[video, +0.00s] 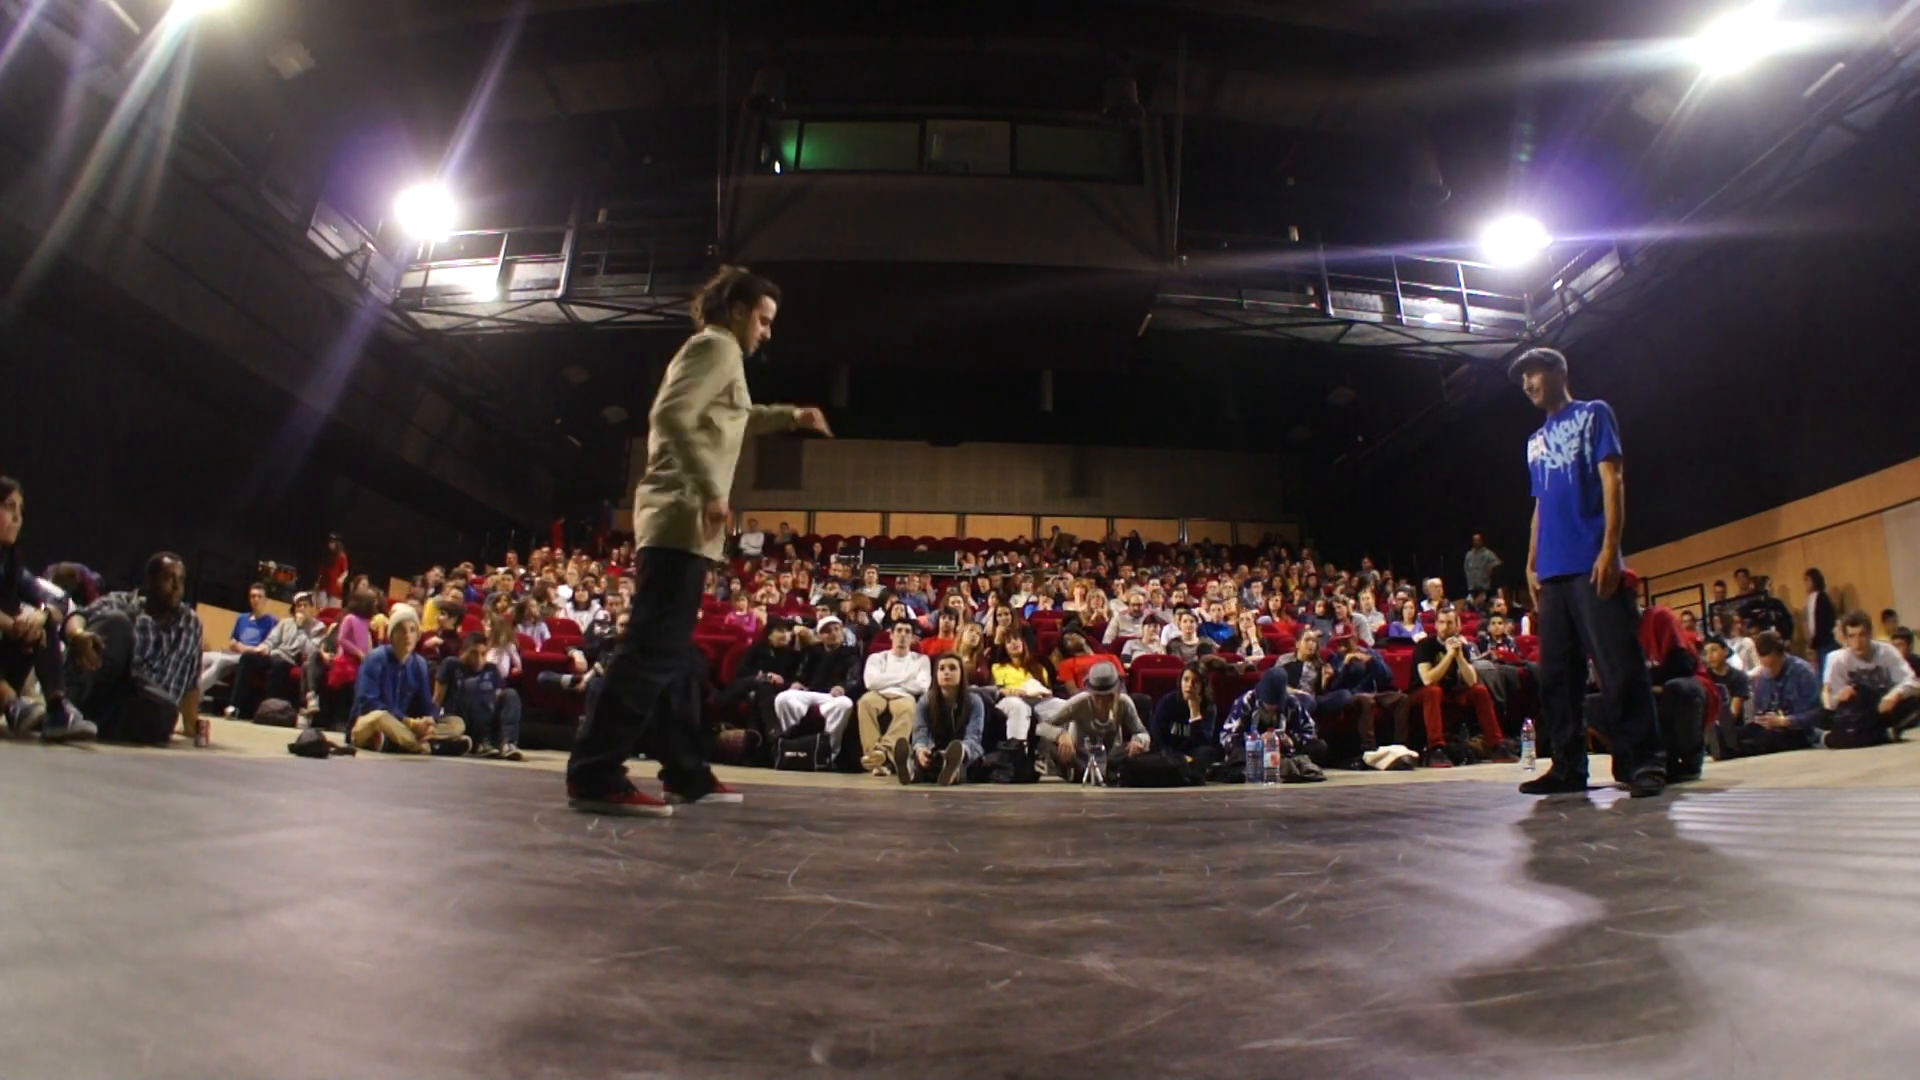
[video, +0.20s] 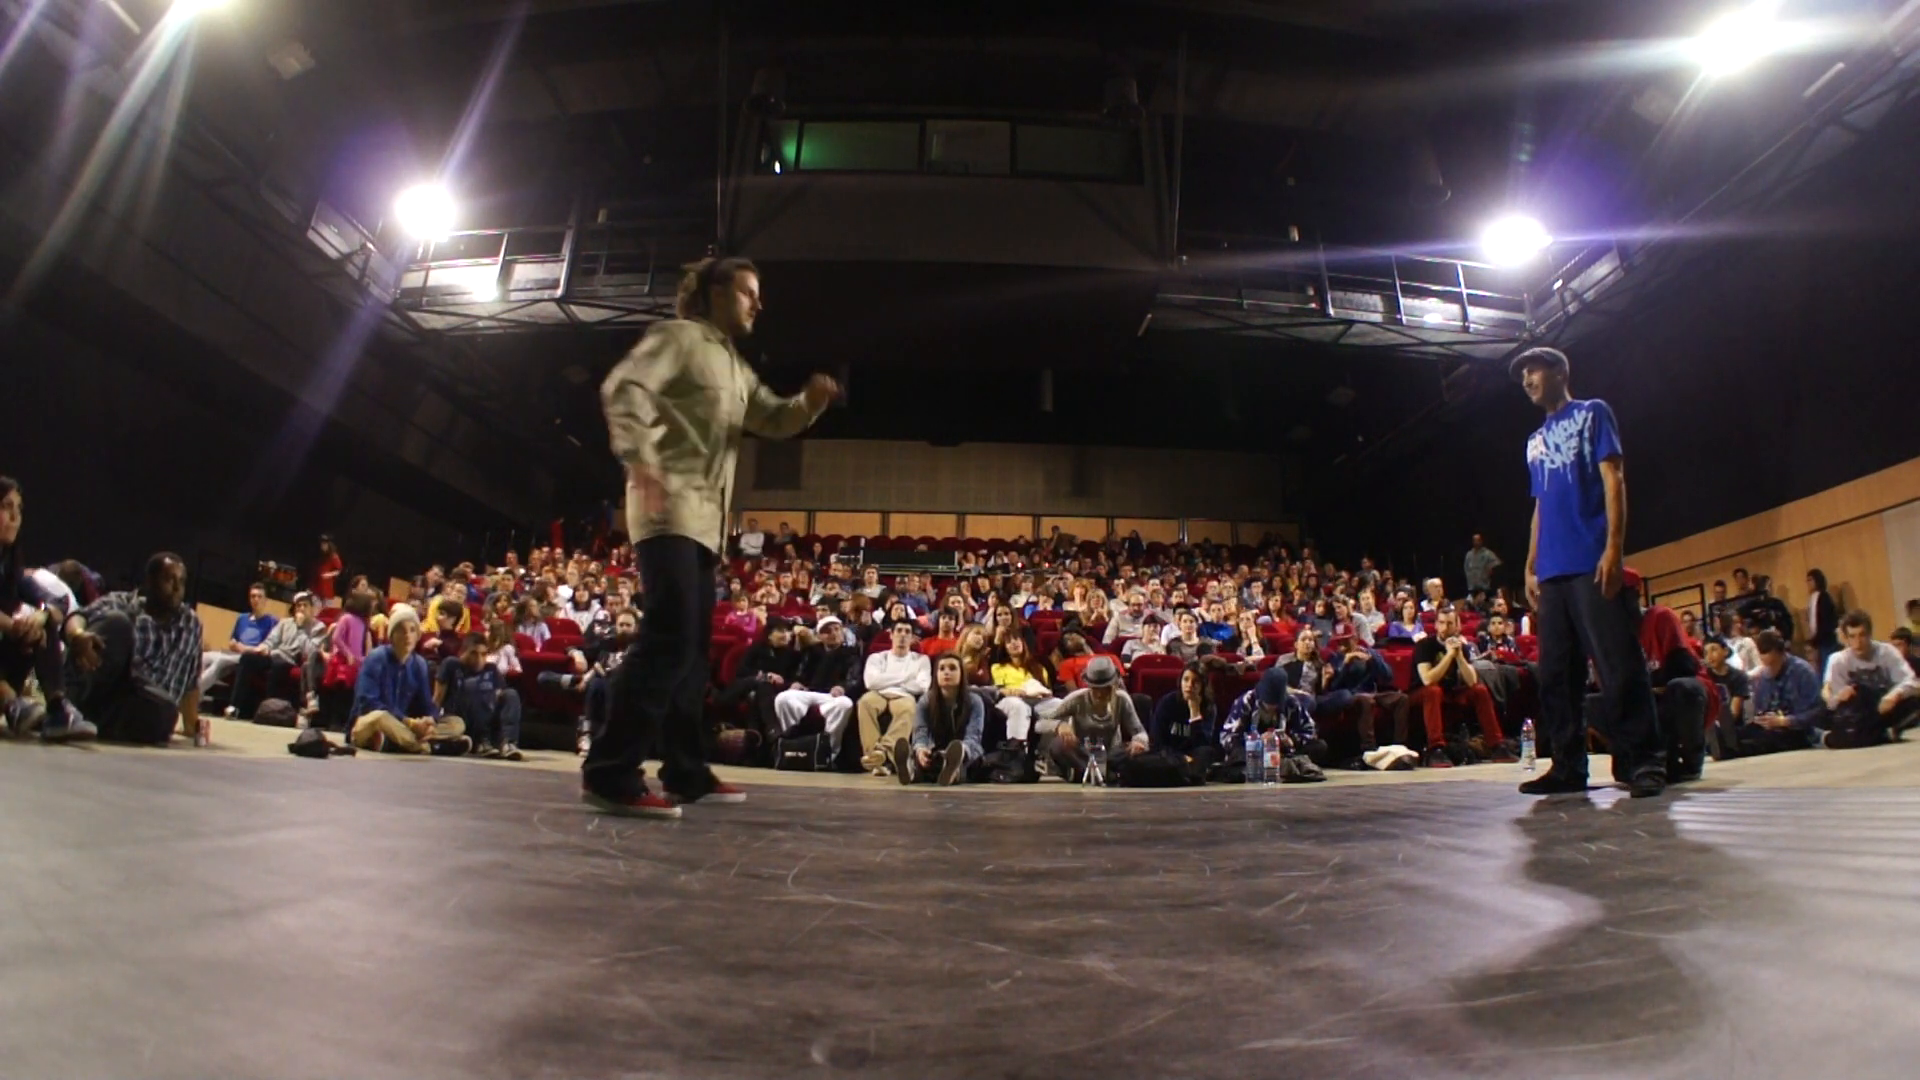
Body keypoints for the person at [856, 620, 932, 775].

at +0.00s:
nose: (903, 635)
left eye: (907, 632)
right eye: (899, 631)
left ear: (912, 638)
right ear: (891, 634)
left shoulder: (921, 659)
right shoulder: (876, 658)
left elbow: (922, 686)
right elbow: (871, 682)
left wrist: (887, 682)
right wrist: (905, 678)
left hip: (904, 694)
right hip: (879, 692)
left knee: (907, 710)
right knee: (865, 703)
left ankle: (884, 750)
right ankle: (876, 761)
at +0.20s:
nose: (903, 635)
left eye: (907, 632)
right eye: (899, 631)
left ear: (912, 638)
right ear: (891, 634)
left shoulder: (921, 659)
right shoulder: (876, 658)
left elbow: (922, 686)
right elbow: (871, 682)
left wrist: (887, 683)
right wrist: (905, 678)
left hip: (904, 694)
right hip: (879, 692)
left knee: (907, 710)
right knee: (865, 703)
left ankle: (884, 750)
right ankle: (876, 761)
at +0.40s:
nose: (903, 635)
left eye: (907, 632)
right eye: (899, 631)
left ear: (912, 638)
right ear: (891, 634)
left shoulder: (921, 659)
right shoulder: (876, 658)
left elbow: (921, 686)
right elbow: (871, 682)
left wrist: (886, 683)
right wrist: (905, 678)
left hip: (904, 694)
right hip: (879, 692)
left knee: (907, 710)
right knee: (865, 703)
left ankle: (883, 750)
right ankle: (876, 762)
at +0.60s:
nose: (903, 635)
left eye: (907, 632)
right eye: (899, 631)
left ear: (912, 638)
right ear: (891, 634)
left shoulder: (921, 659)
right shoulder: (876, 658)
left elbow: (922, 686)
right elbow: (871, 682)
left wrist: (886, 683)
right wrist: (905, 678)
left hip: (904, 694)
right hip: (879, 692)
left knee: (907, 710)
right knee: (865, 703)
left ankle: (884, 750)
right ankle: (876, 761)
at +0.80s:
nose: (903, 635)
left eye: (907, 632)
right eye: (899, 631)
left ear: (912, 638)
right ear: (891, 634)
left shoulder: (921, 659)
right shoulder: (876, 658)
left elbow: (922, 686)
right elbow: (871, 682)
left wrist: (887, 682)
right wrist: (905, 677)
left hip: (904, 694)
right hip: (879, 692)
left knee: (907, 710)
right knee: (865, 703)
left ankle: (884, 750)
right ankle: (876, 761)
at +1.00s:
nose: (903, 635)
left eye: (907, 632)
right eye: (899, 631)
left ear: (912, 638)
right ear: (891, 634)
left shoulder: (921, 659)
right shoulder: (876, 658)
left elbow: (922, 686)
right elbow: (871, 682)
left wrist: (887, 683)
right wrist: (905, 678)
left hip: (904, 694)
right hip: (879, 692)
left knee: (907, 710)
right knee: (865, 703)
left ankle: (884, 750)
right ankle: (876, 761)